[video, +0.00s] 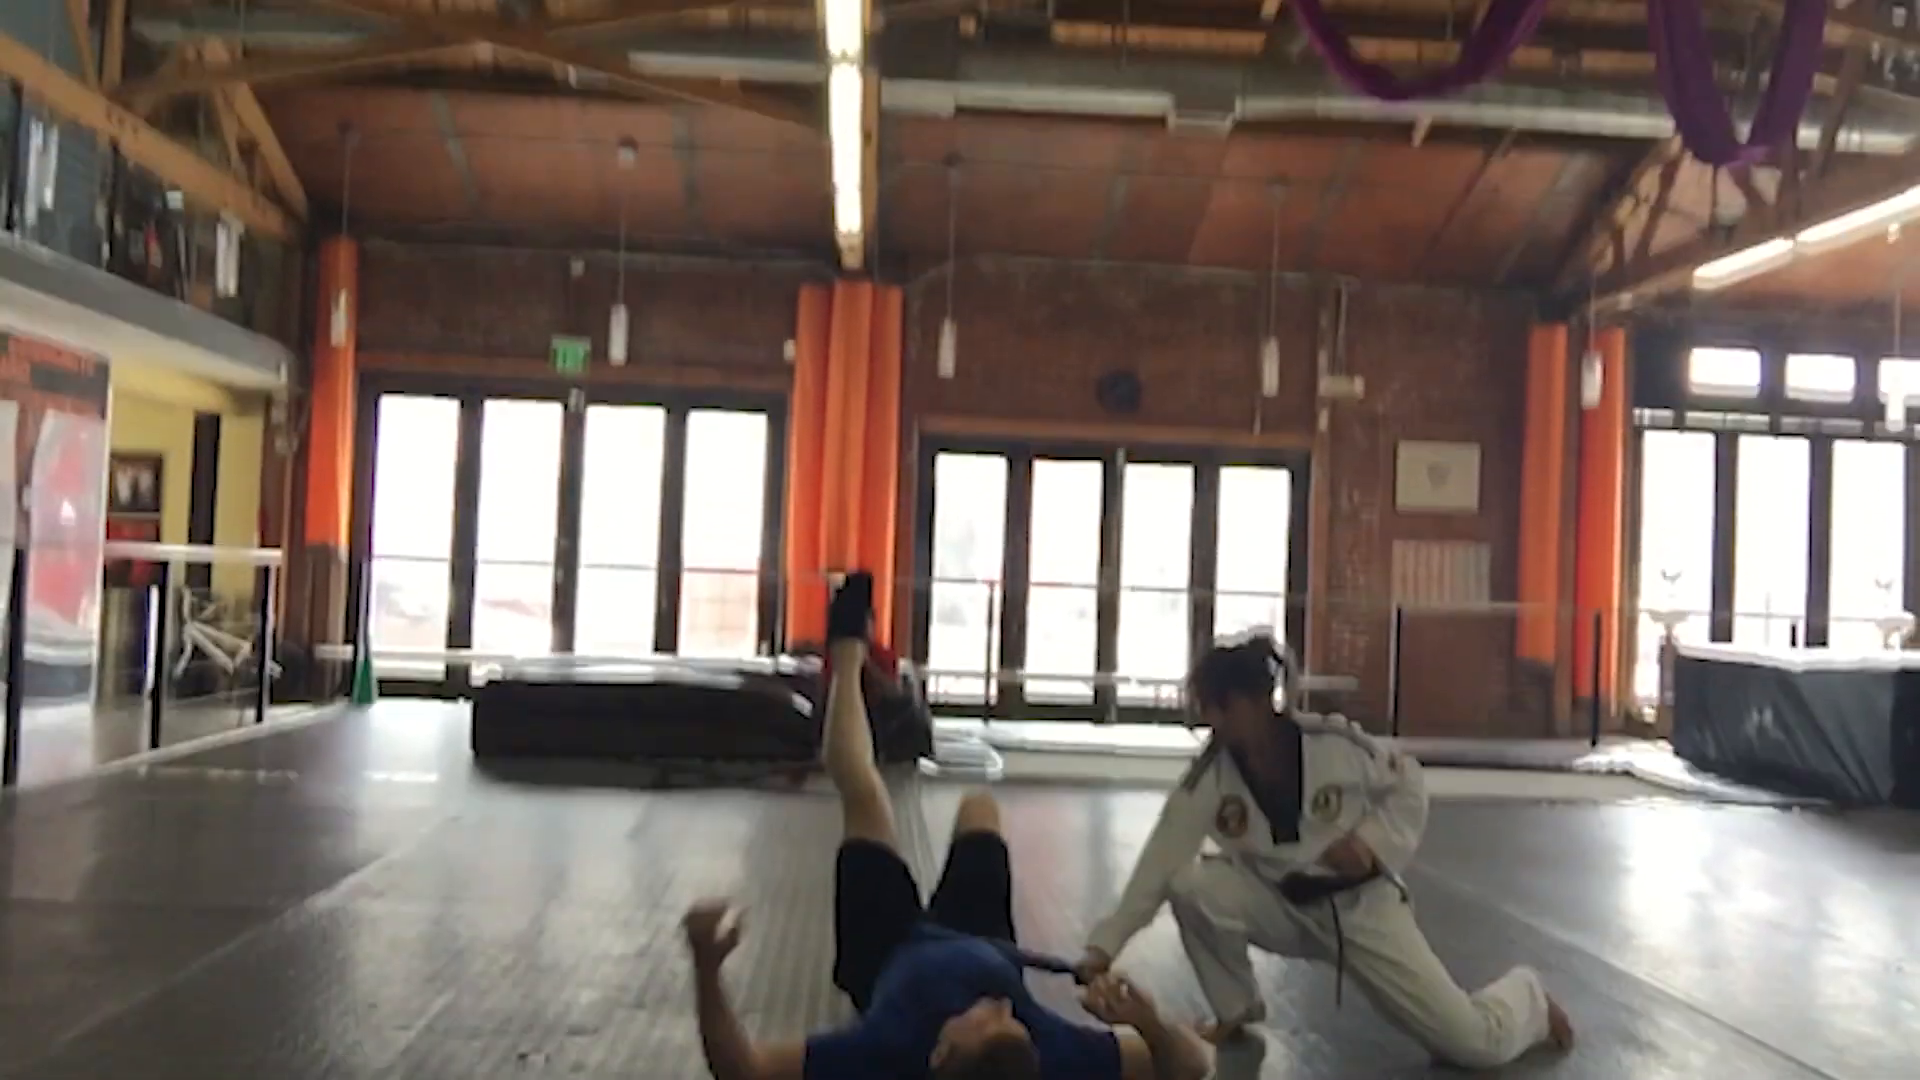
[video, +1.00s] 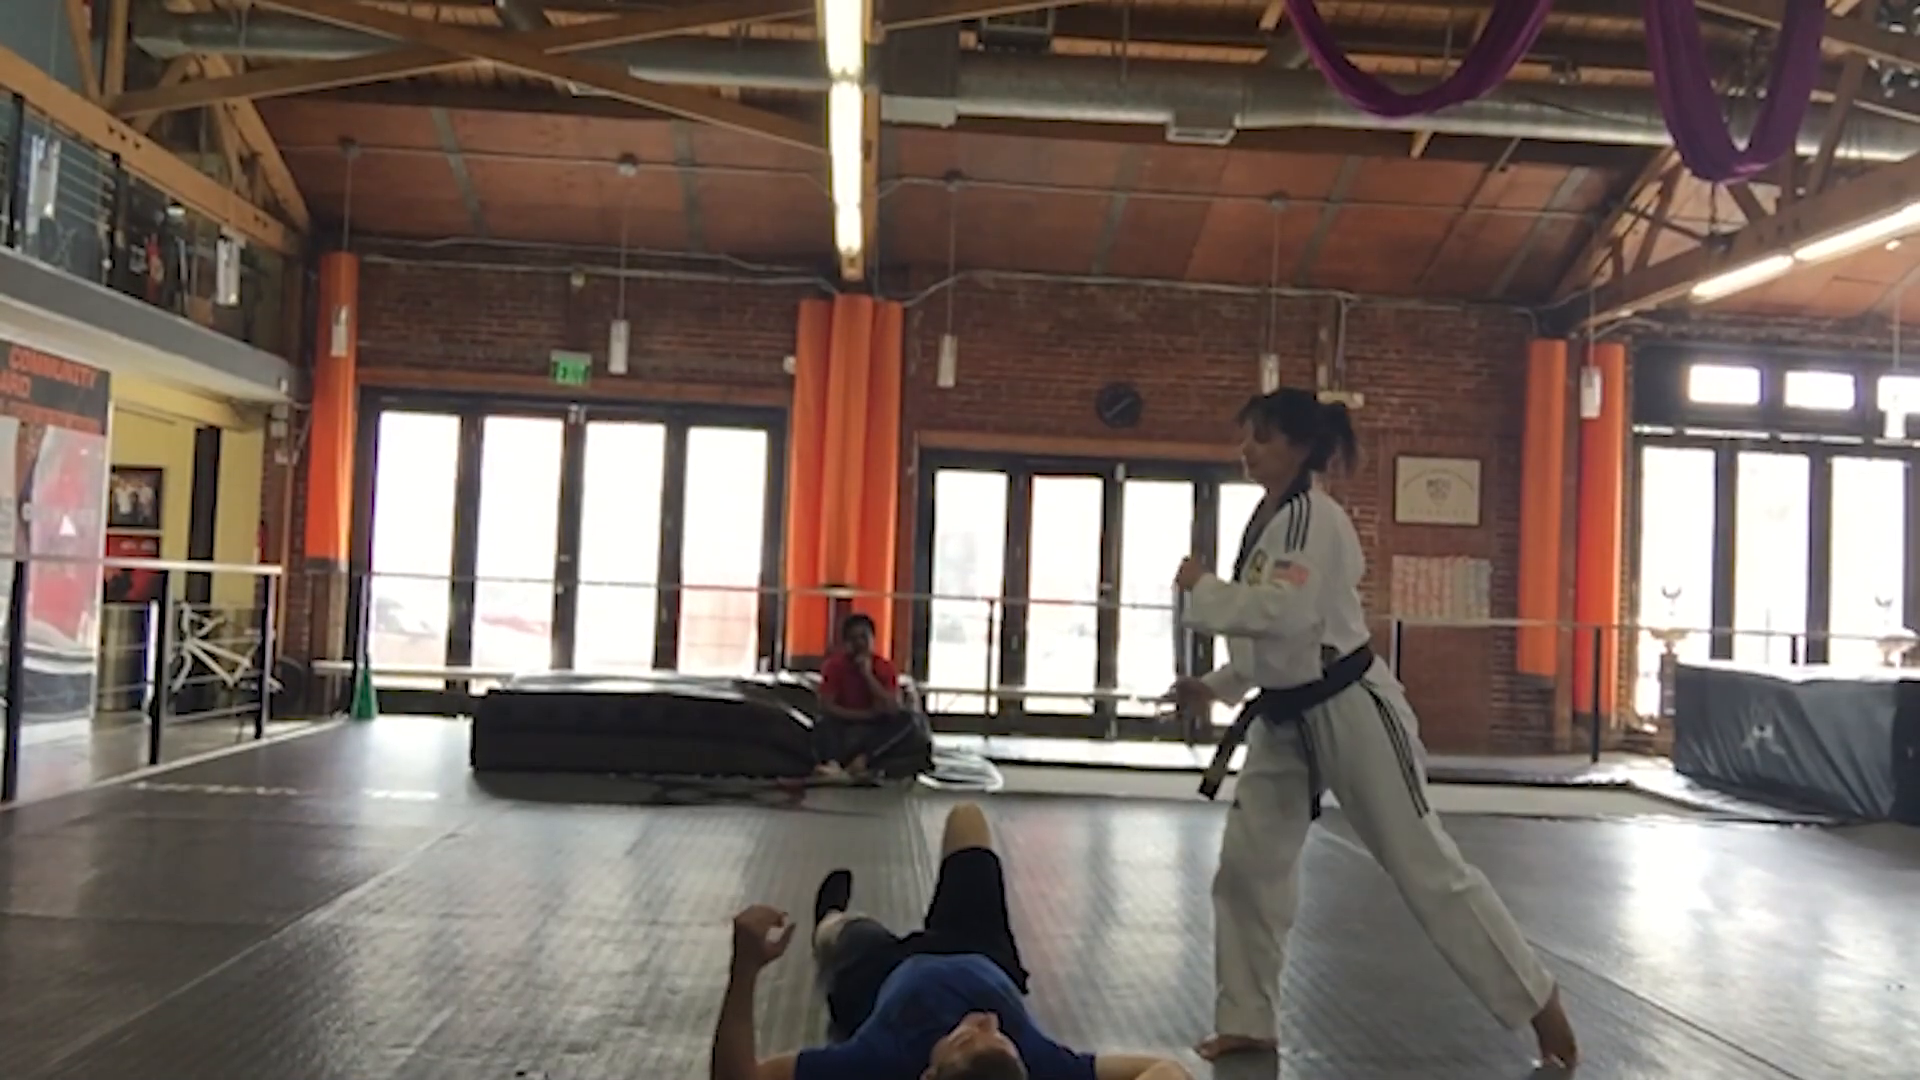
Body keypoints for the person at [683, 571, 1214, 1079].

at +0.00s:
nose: (996, 1011)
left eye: (977, 1033)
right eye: (1008, 1029)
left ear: (942, 1058)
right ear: (1026, 1042)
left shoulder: (873, 1050)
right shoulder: (1072, 1052)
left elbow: (741, 1067)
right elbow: (1192, 1066)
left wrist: (707, 969)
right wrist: (1148, 1020)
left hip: (889, 969)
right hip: (984, 959)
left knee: (864, 790)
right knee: (980, 800)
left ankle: (846, 655)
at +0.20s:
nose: (998, 1025)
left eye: (978, 1045)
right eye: (1009, 1036)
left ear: (944, 1067)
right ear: (1029, 1058)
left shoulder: (875, 1059)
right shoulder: (1068, 1063)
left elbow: (740, 1071)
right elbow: (1193, 1069)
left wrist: (748, 966)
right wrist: (1144, 1063)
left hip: (894, 975)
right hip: (987, 962)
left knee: (857, 817)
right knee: (973, 806)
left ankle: (833, 700)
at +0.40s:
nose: (993, 1029)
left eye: (973, 1049)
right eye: (1008, 1046)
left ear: (939, 1067)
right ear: (1026, 1056)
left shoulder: (870, 1060)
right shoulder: (1058, 1062)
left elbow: (739, 1076)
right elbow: (1168, 1075)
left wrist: (744, 983)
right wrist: (1099, 1070)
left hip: (887, 982)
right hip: (983, 968)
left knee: (853, 855)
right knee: (972, 814)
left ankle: (822, 778)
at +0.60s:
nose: (989, 1017)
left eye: (973, 1039)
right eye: (1003, 1035)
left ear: (935, 1064)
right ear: (1022, 1049)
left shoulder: (863, 1059)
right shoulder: (1058, 1064)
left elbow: (735, 1072)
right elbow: (1162, 1068)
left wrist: (728, 977)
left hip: (884, 981)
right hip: (984, 970)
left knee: (846, 908)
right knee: (964, 809)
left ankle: (822, 887)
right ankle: (995, 971)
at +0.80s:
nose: (983, 1016)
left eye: (963, 1039)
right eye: (999, 1035)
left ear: (933, 1065)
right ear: (1019, 1051)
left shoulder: (863, 1059)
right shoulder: (1058, 1066)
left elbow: (734, 1073)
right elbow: (1161, 1069)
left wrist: (727, 976)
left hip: (876, 979)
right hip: (979, 966)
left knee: (844, 928)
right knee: (962, 810)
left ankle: (832, 925)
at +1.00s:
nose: (983, 1016)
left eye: (964, 1039)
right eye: (1000, 1036)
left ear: (935, 1064)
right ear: (1020, 1051)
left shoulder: (868, 1059)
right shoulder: (1058, 1064)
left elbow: (737, 1072)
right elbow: (1166, 1068)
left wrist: (743, 968)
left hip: (880, 978)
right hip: (981, 966)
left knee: (843, 929)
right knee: (968, 809)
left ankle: (831, 921)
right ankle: (1001, 976)